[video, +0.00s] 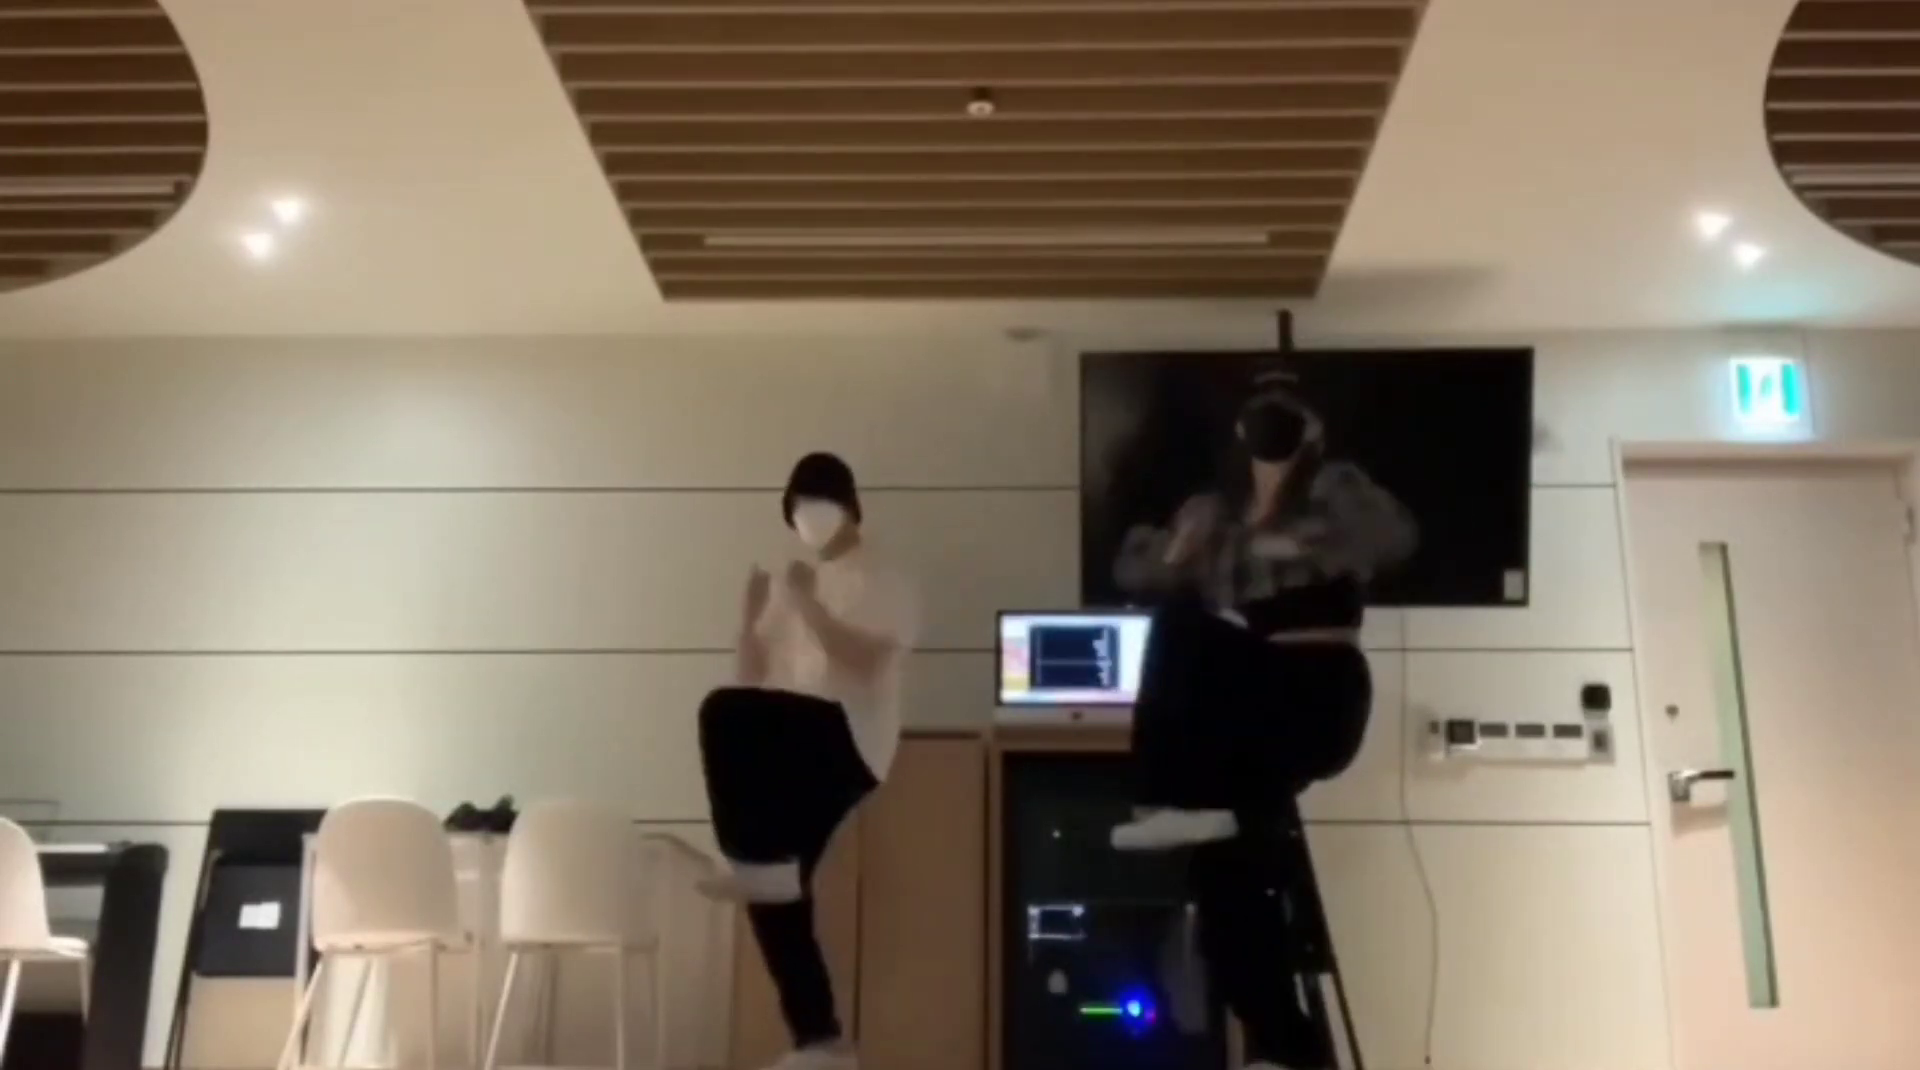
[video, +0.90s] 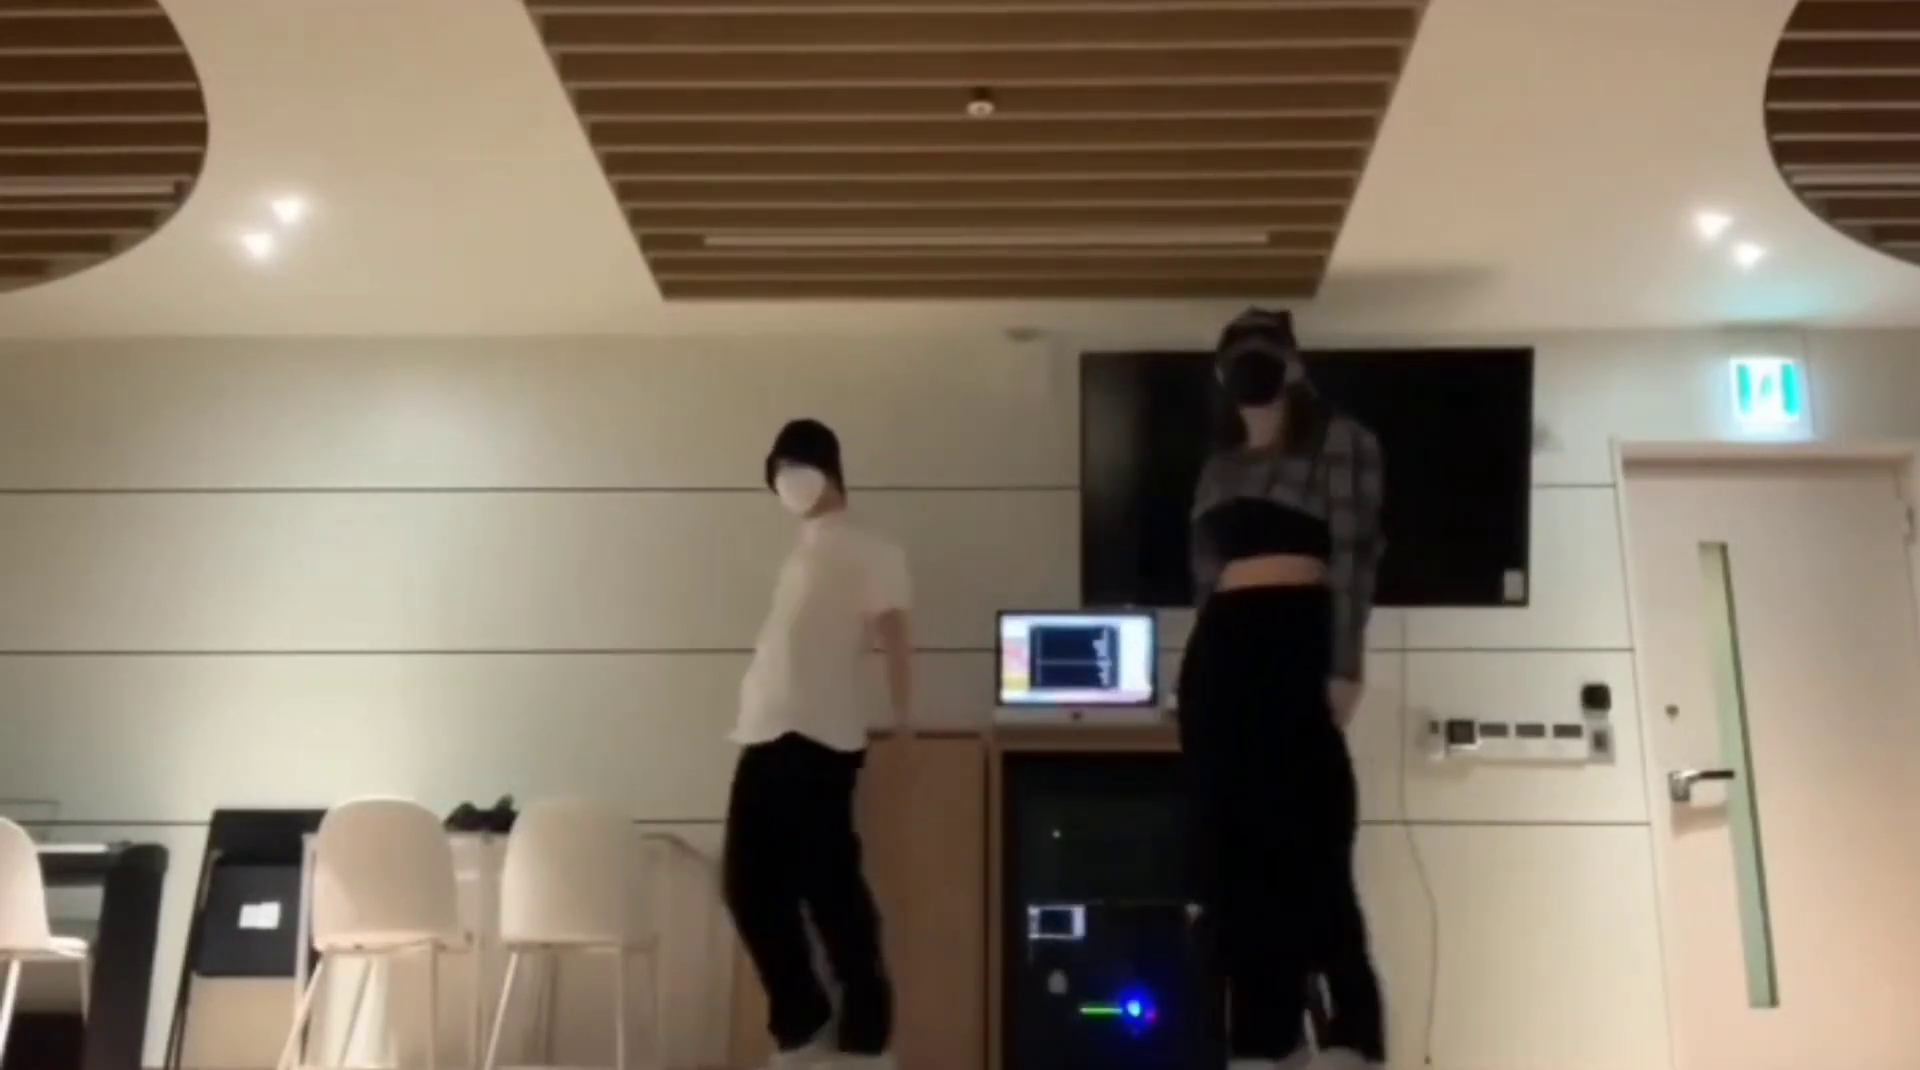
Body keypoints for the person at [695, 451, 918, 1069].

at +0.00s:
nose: (810, 521)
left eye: (822, 506)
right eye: (799, 510)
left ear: (851, 507)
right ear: (790, 516)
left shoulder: (883, 576)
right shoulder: (796, 580)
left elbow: (865, 663)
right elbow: (755, 680)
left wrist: (809, 605)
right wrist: (751, 623)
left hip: (855, 733)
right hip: (797, 736)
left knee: (726, 711)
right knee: (772, 886)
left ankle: (762, 861)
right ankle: (818, 1041)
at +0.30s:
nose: (804, 532)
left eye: (814, 516)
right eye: (792, 522)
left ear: (843, 517)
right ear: (784, 532)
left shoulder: (873, 585)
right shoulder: (804, 596)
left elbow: (821, 643)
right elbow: (753, 644)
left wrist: (724, 650)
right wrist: (686, 648)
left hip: (853, 740)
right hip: (808, 742)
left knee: (725, 759)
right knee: (769, 888)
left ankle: (717, 921)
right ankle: (815, 1043)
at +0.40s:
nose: (801, 531)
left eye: (813, 515)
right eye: (790, 520)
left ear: (840, 517)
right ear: (782, 527)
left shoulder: (863, 578)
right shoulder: (796, 591)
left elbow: (818, 636)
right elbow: (702, 614)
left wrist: (741, 698)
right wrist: (629, 647)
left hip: (854, 747)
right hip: (813, 751)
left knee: (753, 821)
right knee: (773, 884)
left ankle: (718, 975)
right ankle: (815, 1046)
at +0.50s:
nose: (780, 504)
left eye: (795, 491)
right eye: (770, 492)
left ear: (820, 500)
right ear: (759, 502)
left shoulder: (825, 563)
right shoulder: (776, 572)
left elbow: (871, 627)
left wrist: (895, 715)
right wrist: (678, 606)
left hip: (850, 745)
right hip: (806, 751)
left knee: (778, 892)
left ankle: (826, 1033)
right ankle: (844, 1027)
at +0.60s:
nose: (774, 489)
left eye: (789, 478)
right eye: (767, 477)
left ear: (817, 491)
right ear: (754, 483)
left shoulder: (809, 553)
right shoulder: (757, 544)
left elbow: (885, 615)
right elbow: (733, 588)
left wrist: (941, 696)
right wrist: (734, 626)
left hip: (848, 742)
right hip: (801, 748)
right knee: (782, 901)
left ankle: (928, 1027)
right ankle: (816, 1044)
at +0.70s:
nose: (774, 477)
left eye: (787, 463)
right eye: (766, 466)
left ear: (814, 475)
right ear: (758, 478)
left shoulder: (816, 549)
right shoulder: (774, 548)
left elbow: (907, 611)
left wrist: (969, 692)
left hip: (833, 742)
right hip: (791, 742)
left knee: (897, 875)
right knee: (790, 898)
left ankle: (965, 1015)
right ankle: (818, 1044)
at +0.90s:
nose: (787, 489)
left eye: (794, 473)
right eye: (779, 479)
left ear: (823, 472)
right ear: (780, 487)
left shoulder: (869, 546)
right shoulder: (809, 550)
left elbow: (894, 633)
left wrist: (902, 717)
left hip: (819, 736)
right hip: (771, 734)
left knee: (828, 882)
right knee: (753, 886)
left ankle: (863, 1033)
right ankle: (803, 1028)